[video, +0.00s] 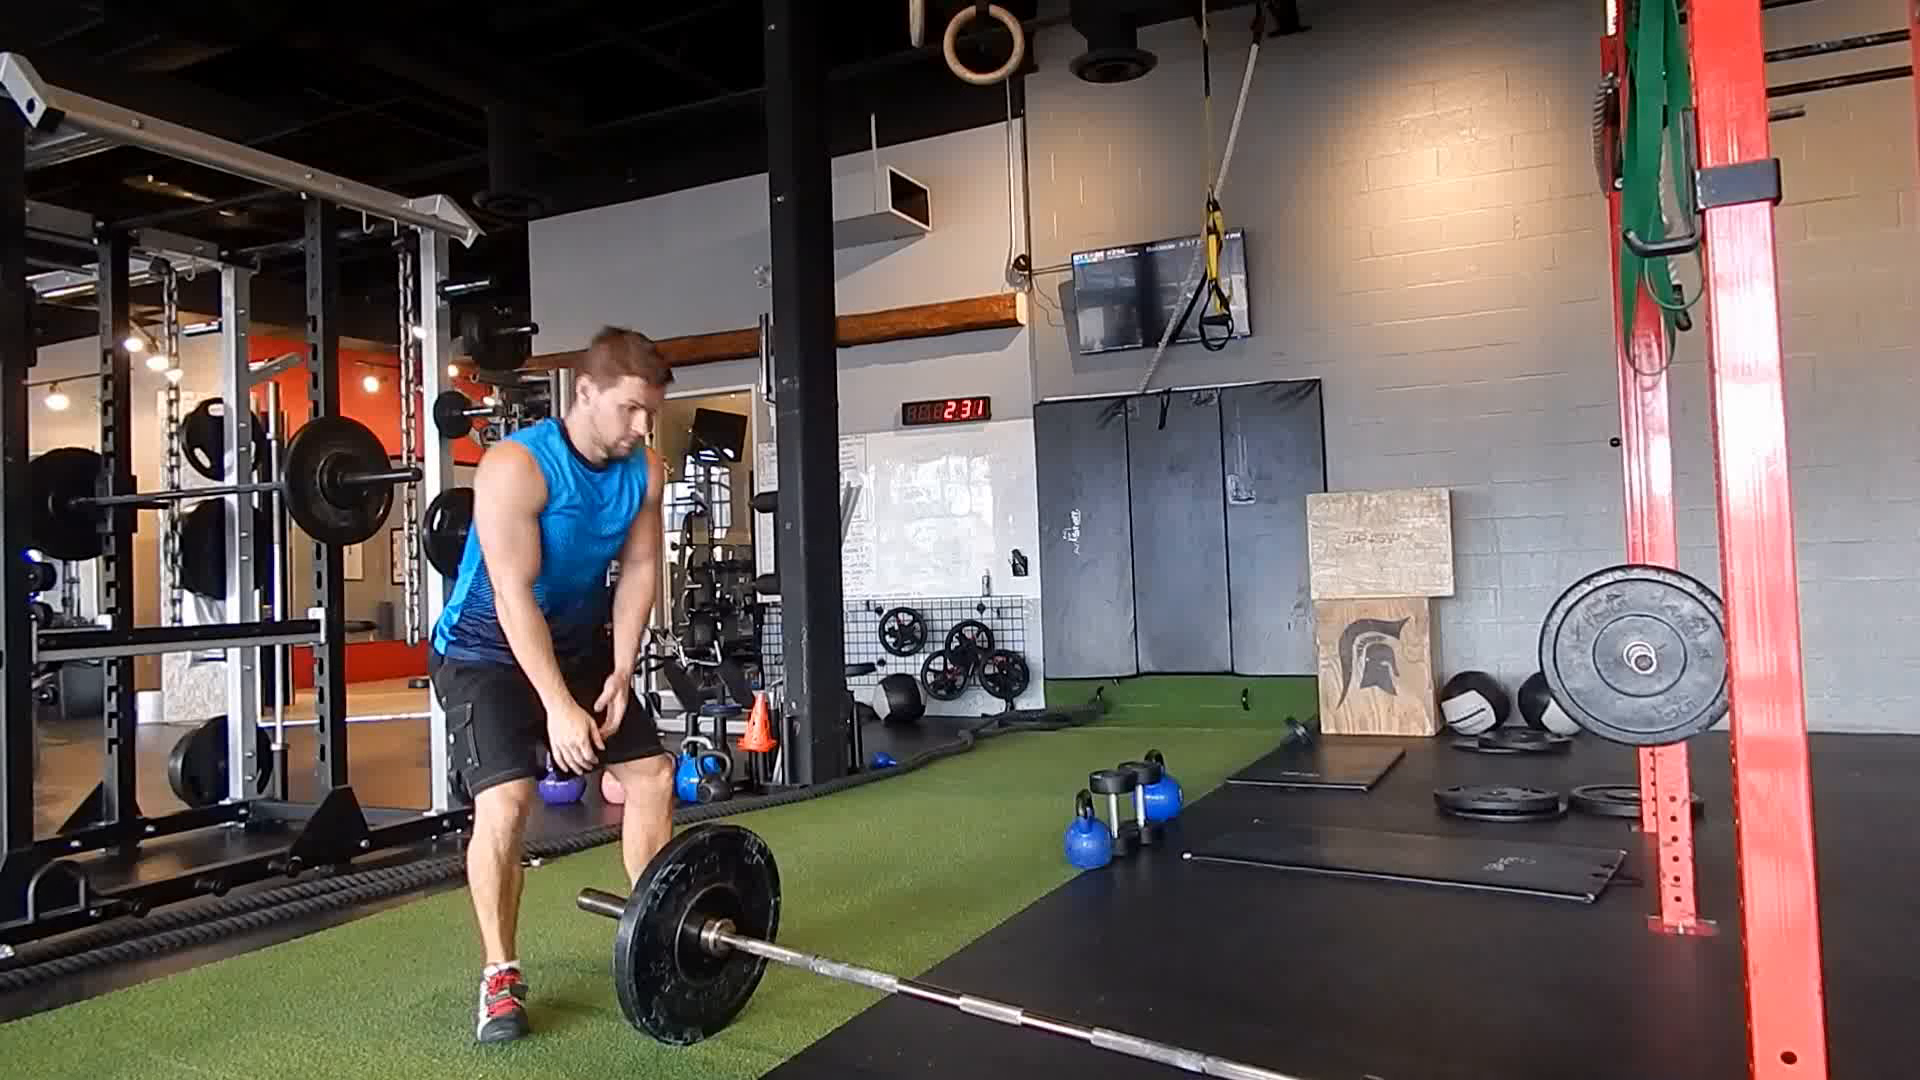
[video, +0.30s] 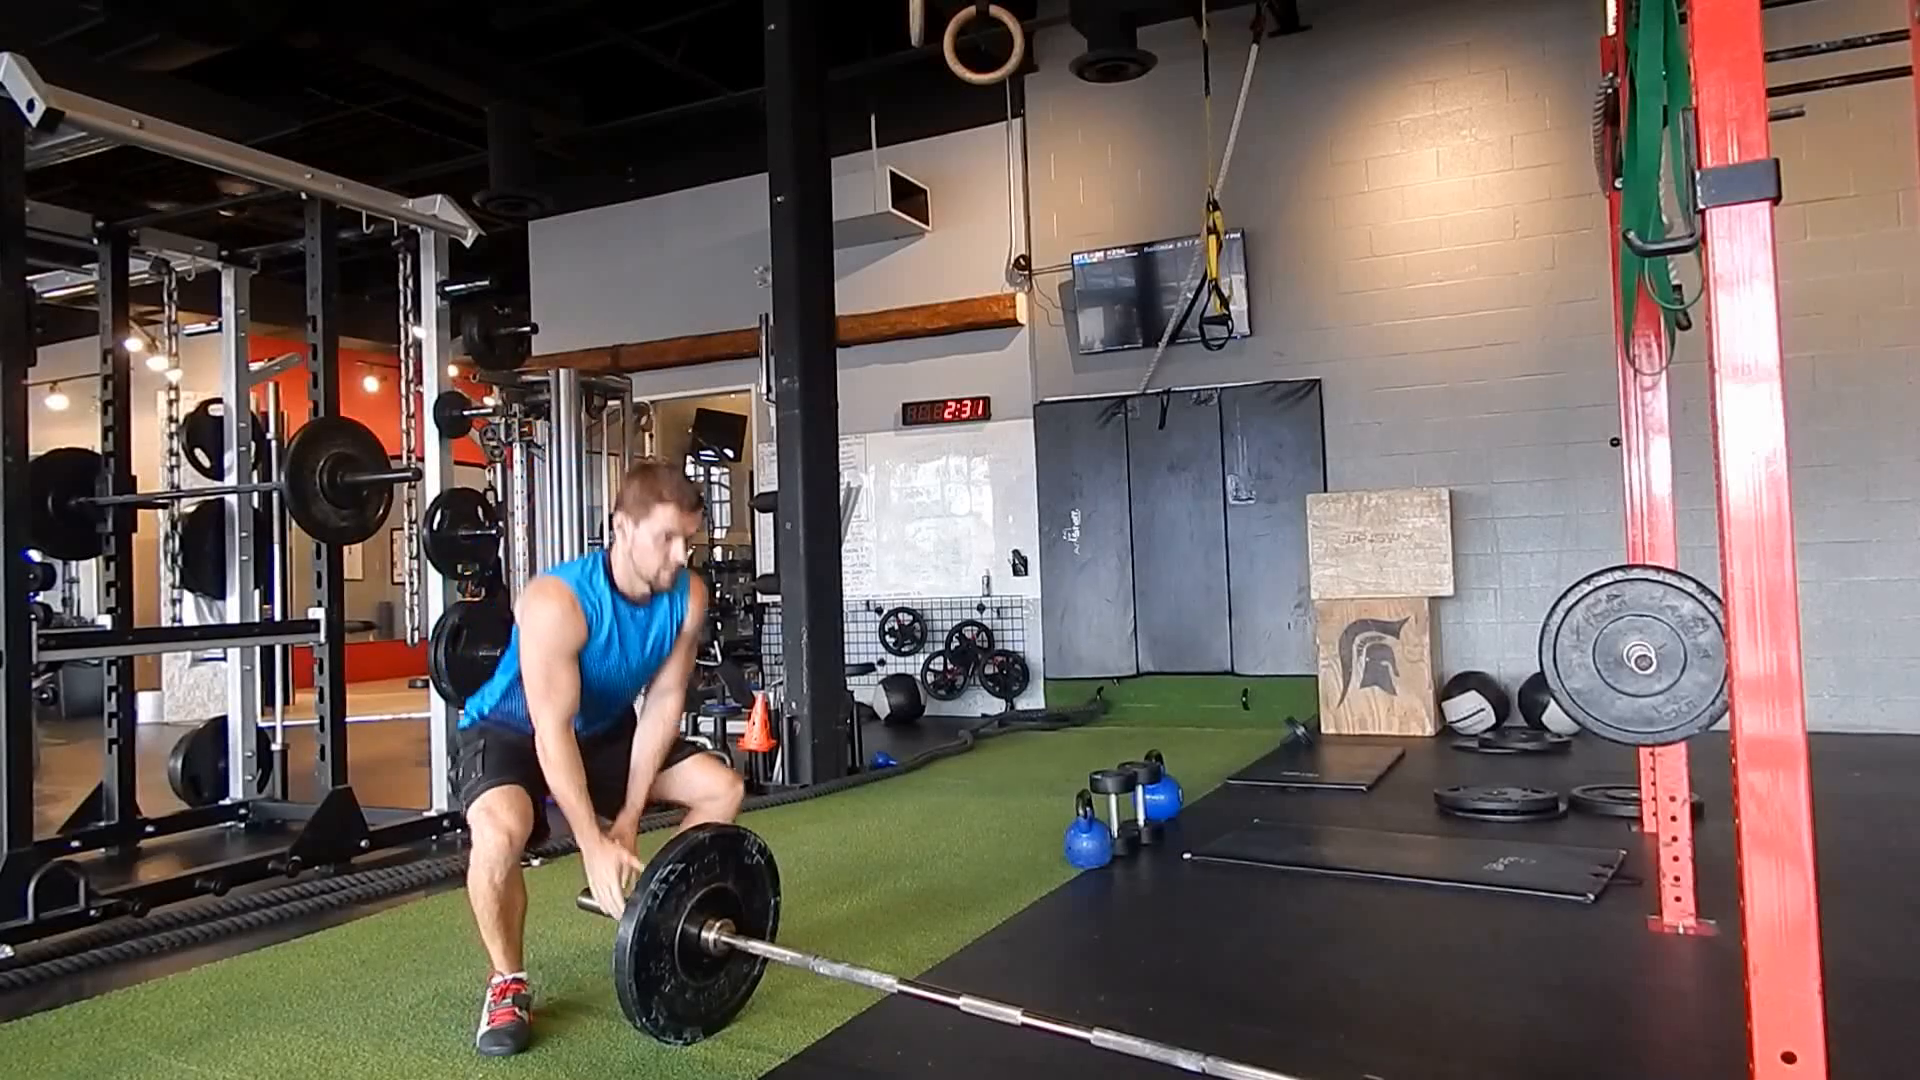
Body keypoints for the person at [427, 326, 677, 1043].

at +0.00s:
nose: (644, 426)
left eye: (651, 410)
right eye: (632, 409)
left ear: (654, 407)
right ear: (585, 394)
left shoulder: (641, 463)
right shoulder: (513, 467)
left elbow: (640, 566)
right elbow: (513, 594)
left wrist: (622, 669)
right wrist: (556, 702)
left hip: (579, 642)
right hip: (488, 650)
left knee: (652, 773)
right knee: (507, 795)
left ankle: (667, 945)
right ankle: (500, 971)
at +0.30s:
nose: (680, 555)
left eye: (689, 540)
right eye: (666, 538)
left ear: (696, 537)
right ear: (622, 528)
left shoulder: (688, 596)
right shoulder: (555, 602)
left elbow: (664, 705)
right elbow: (552, 730)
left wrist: (628, 818)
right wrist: (591, 845)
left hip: (605, 731)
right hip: (512, 735)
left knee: (723, 788)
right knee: (499, 832)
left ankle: (656, 903)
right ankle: (507, 981)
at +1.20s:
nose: (665, 481)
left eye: (671, 467)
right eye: (648, 468)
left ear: (677, 471)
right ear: (604, 474)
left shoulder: (687, 538)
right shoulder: (552, 554)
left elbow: (690, 628)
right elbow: (532, 670)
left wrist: (648, 700)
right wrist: (620, 737)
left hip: (624, 707)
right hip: (535, 705)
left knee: (717, 791)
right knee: (508, 828)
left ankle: (655, 944)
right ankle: (508, 984)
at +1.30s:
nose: (664, 414)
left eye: (669, 400)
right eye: (647, 401)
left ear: (675, 404)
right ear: (603, 407)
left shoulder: (688, 467)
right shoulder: (558, 488)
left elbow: (702, 558)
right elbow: (532, 603)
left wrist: (658, 618)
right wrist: (626, 650)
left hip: (635, 667)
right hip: (547, 668)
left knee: (718, 787)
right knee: (528, 808)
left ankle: (652, 943)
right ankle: (509, 982)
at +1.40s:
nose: (664, 360)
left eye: (669, 347)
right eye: (647, 347)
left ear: (674, 352)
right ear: (604, 352)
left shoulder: (686, 412)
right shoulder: (560, 437)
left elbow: (718, 501)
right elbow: (519, 546)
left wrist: (679, 533)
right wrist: (622, 568)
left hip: (655, 637)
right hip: (568, 642)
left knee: (697, 775)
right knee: (565, 788)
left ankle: (652, 942)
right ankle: (523, 972)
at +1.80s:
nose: (676, 322)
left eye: (681, 308)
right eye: (659, 309)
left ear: (684, 314)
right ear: (615, 315)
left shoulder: (702, 381)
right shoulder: (581, 405)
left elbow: (769, 438)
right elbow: (615, 511)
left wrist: (746, 419)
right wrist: (682, 437)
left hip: (698, 627)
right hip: (618, 630)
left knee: (673, 792)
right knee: (599, 803)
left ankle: (651, 942)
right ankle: (570, 983)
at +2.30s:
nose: (676, 300)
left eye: (681, 291)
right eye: (660, 286)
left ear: (680, 304)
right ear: (610, 294)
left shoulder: (694, 387)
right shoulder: (580, 371)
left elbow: (755, 463)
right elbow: (674, 383)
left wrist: (809, 385)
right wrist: (744, 300)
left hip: (687, 622)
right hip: (605, 622)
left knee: (702, 780)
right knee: (587, 803)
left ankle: (661, 929)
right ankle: (566, 981)